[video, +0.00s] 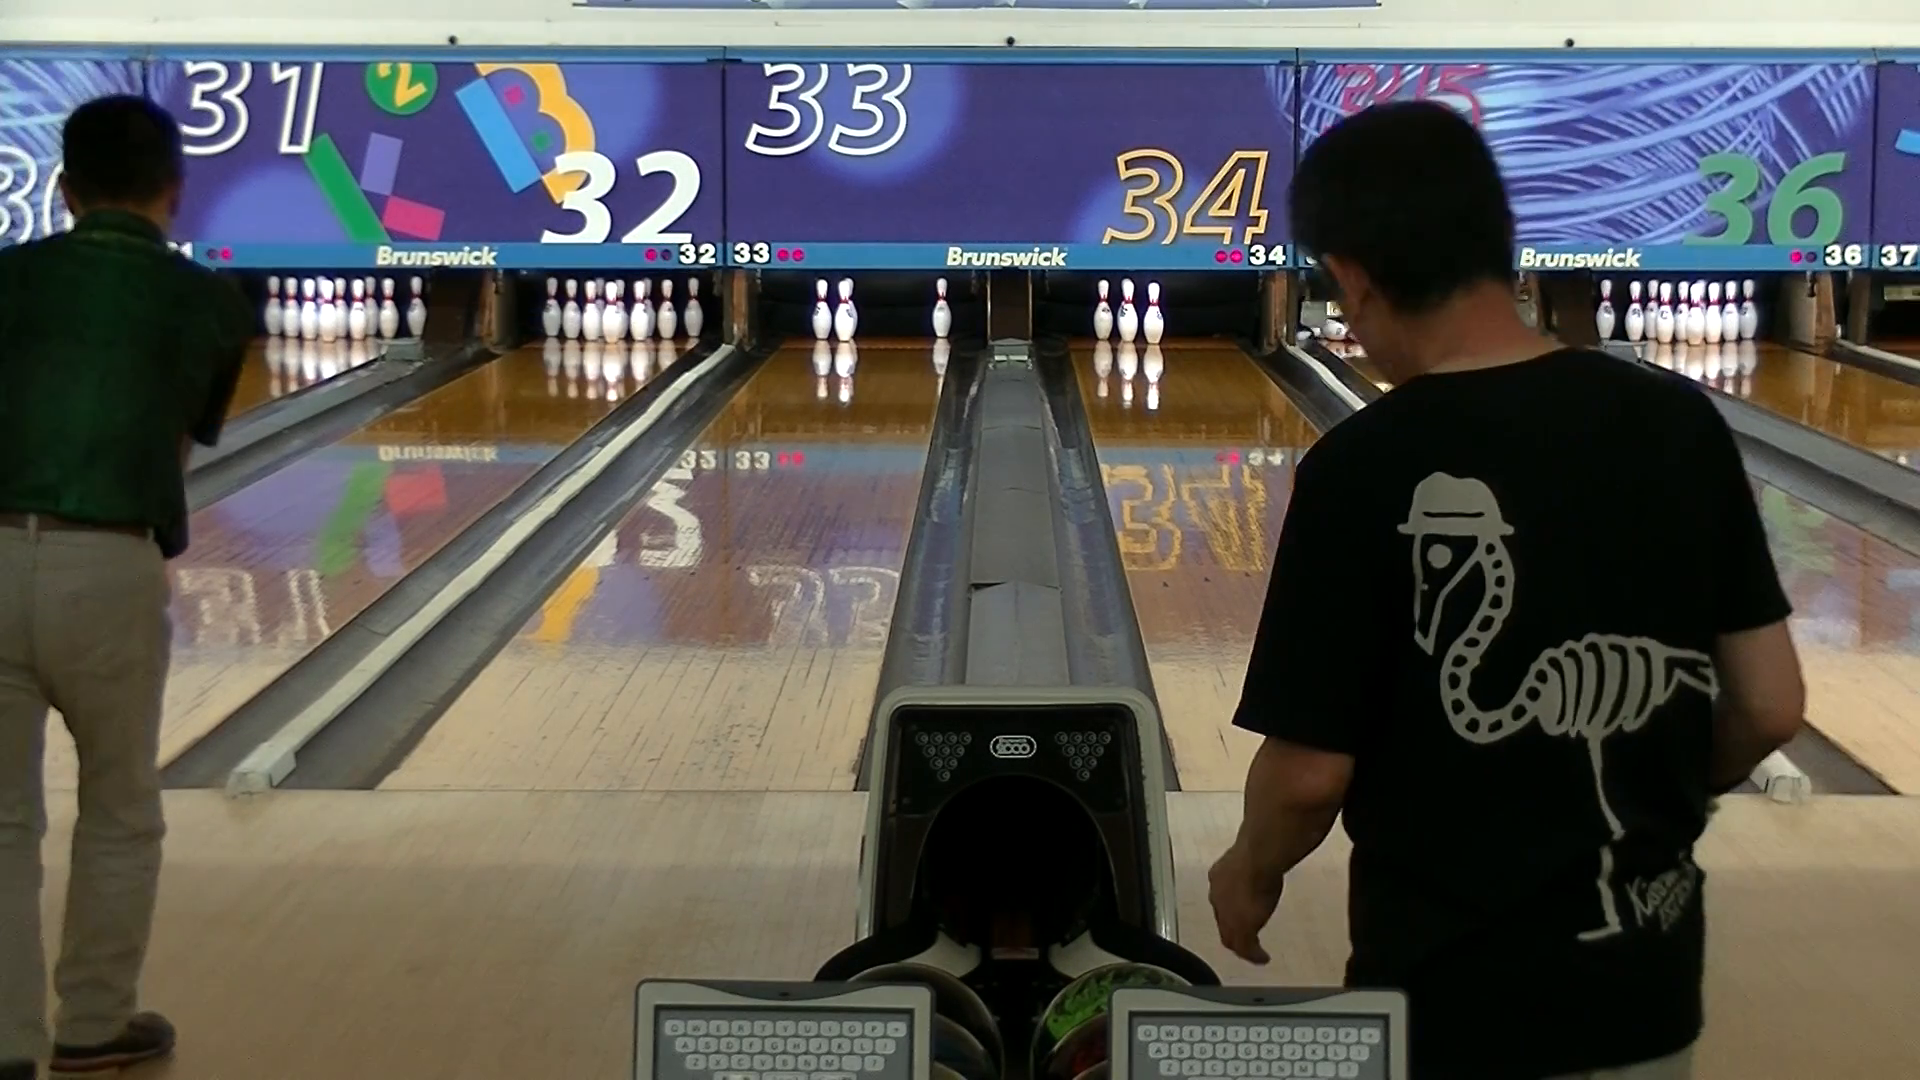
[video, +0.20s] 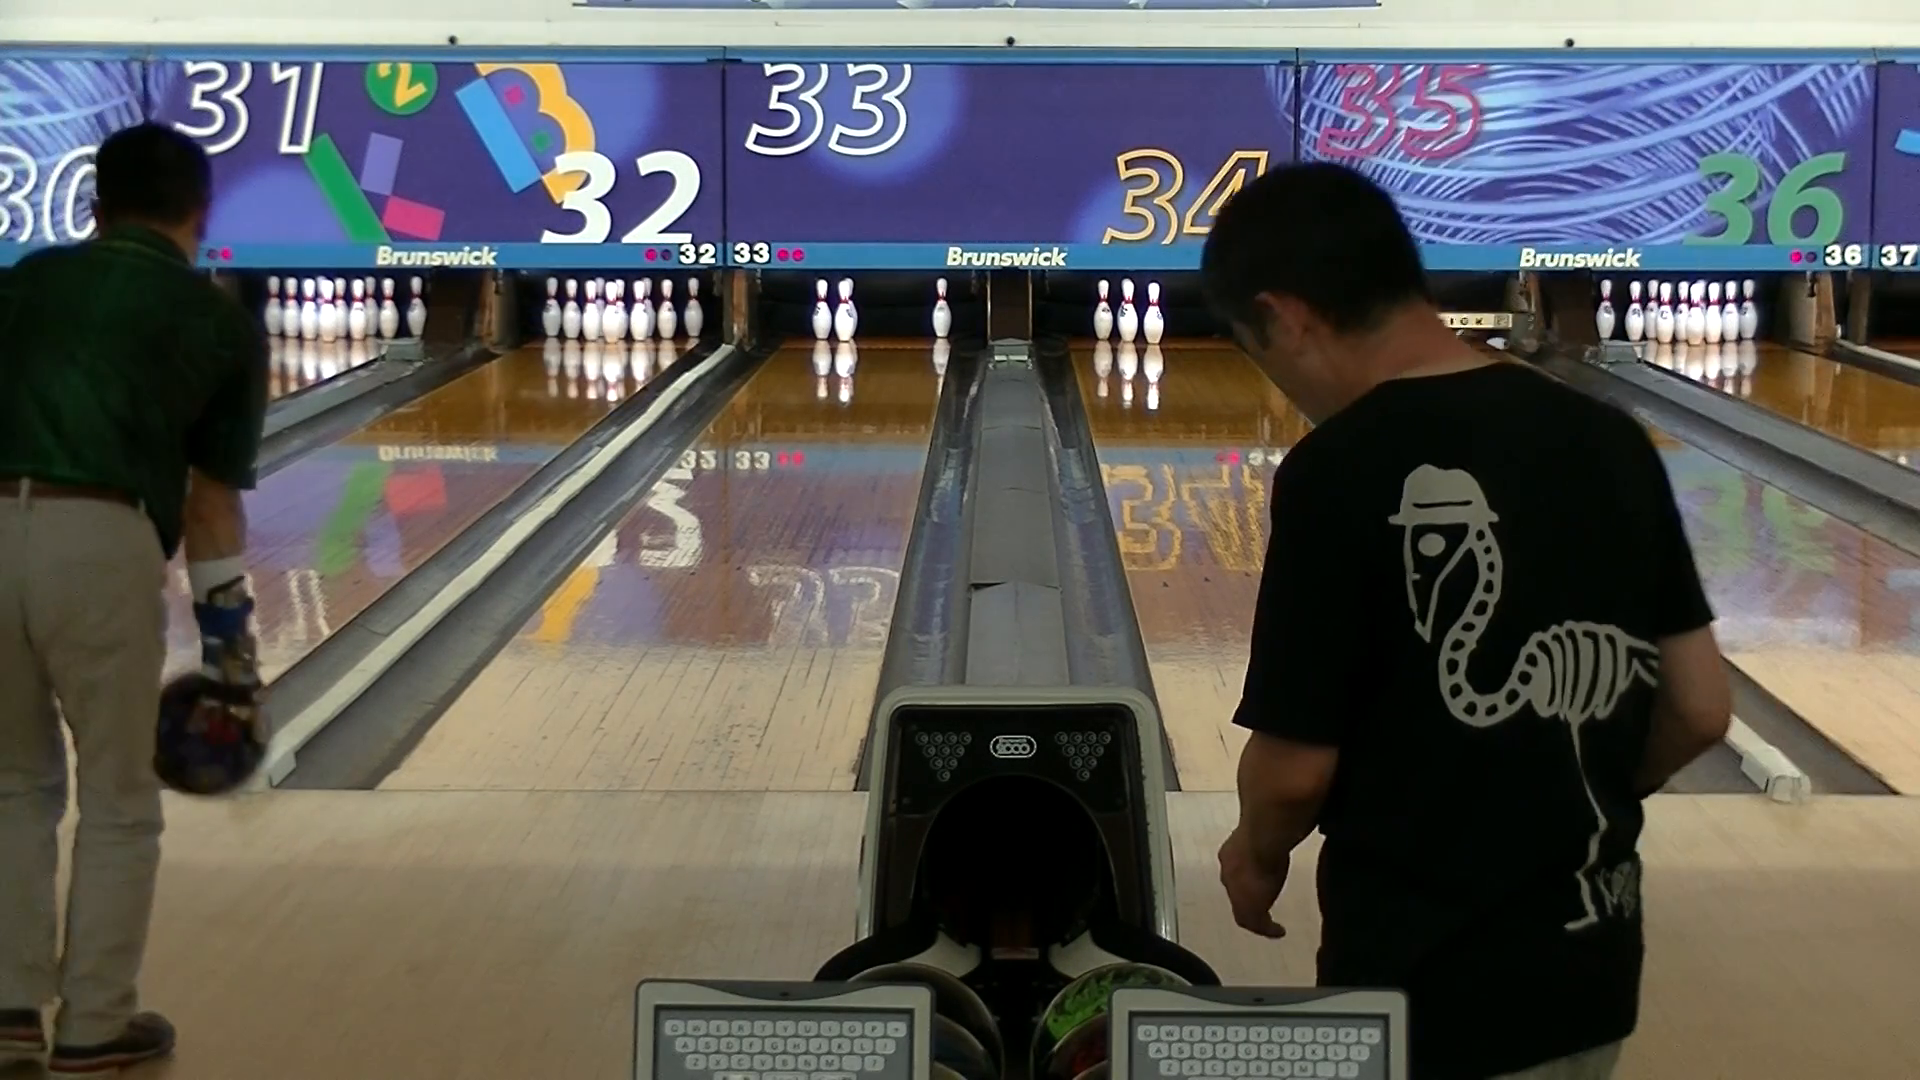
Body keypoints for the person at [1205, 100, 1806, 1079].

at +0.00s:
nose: (1341, 318)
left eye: (1331, 285)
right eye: (1332, 290)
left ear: (1355, 277)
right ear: (1495, 234)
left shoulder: (1359, 467)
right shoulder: (1675, 417)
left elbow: (1311, 775)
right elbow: (1770, 703)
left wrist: (1249, 870)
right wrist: (1652, 784)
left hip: (1448, 984)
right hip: (1645, 979)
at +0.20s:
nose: (1281, 384)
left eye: (1260, 354)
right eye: (1259, 361)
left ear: (1287, 318)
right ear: (1401, 265)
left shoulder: (1335, 471)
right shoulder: (1602, 431)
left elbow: (1293, 775)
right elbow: (1699, 707)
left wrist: (1258, 848)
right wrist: (1589, 787)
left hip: (1416, 972)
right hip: (1589, 950)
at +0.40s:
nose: (1191, 456)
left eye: (1166, 424)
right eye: (1163, 433)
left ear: (1197, 378)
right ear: (1292, 329)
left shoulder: (1273, 488)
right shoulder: (1492, 445)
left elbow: (1271, 776)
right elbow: (1602, 712)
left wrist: (1238, 879)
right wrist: (1447, 765)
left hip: (1425, 976)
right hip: (1577, 944)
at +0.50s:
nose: (1139, 496)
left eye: (1117, 465)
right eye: (1115, 474)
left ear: (1147, 411)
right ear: (1239, 367)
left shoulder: (1227, 499)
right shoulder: (1436, 445)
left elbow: (1254, 780)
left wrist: (1216, 910)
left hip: (1437, 949)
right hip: (1584, 914)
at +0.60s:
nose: (1112, 542)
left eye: (1081, 509)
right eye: (1081, 518)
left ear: (1105, 443)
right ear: (1176, 405)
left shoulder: (1200, 502)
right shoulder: (1370, 455)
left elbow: (1254, 777)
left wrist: (1235, 905)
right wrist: (1228, 922)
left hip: (1438, 913)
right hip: (1577, 877)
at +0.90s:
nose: (1043, 646)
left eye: (1012, 620)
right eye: (1014, 631)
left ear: (1032, 550)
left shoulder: (1122, 562)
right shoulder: (1266, 519)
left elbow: (1197, 814)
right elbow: (1314, 801)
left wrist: (1151, 999)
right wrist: (1193, 935)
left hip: (1451, 873)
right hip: (1545, 837)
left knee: (1474, 1063)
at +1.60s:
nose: (1056, 563)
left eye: (1028, 536)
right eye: (1027, 551)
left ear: (1049, 453)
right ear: (1056, 440)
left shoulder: (1164, 510)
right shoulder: (1288, 451)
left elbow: (1251, 761)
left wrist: (1157, 881)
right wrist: (1177, 878)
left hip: (1431, 903)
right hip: (1543, 862)